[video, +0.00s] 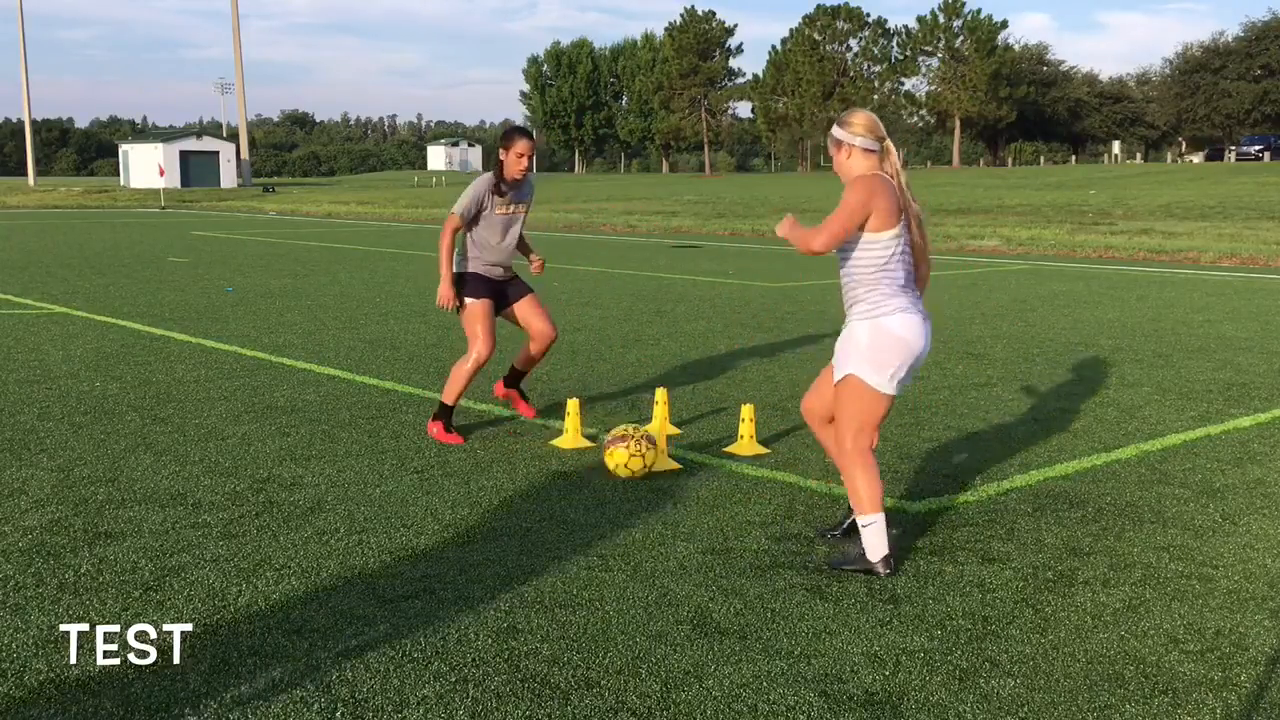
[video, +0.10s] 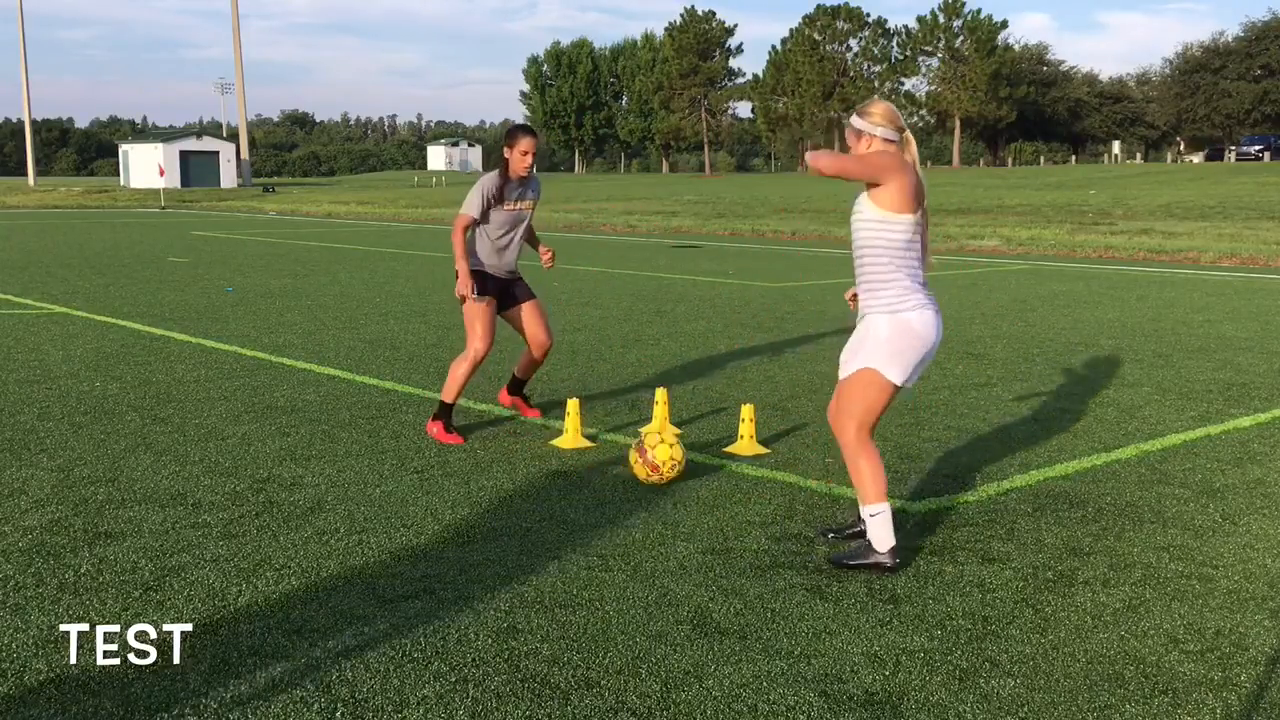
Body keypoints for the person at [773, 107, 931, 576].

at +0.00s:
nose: (832, 161)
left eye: (833, 152)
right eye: (832, 152)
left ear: (847, 149)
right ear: (873, 150)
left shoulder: (864, 187)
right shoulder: (894, 192)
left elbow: (821, 242)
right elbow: (921, 265)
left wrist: (792, 231)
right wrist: (901, 308)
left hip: (881, 327)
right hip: (901, 323)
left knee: (855, 440)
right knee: (815, 407)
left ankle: (877, 554)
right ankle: (865, 506)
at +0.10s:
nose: (849, 146)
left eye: (853, 137)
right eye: (849, 138)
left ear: (871, 136)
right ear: (888, 138)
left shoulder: (892, 165)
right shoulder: (901, 178)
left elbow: (819, 163)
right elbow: (917, 261)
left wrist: (818, 158)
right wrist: (868, 288)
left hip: (903, 319)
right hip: (890, 316)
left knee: (851, 423)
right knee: (840, 413)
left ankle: (882, 546)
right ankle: (872, 519)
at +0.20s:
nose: (870, 127)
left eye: (876, 113)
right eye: (870, 117)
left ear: (896, 117)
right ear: (913, 121)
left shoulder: (911, 148)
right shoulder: (924, 169)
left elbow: (881, 105)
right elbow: (947, 237)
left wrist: (845, 120)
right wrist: (940, 273)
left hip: (909, 303)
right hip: (890, 304)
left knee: (858, 411)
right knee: (844, 404)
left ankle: (931, 504)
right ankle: (871, 514)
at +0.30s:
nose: (879, 152)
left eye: (882, 143)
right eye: (879, 143)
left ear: (900, 138)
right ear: (919, 138)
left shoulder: (920, 157)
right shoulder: (941, 175)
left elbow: (906, 169)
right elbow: (981, 230)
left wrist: (869, 186)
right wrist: (1029, 257)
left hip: (924, 311)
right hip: (895, 311)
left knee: (896, 424)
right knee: (832, 392)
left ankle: (950, 523)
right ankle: (859, 503)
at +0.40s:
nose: (887, 168)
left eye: (889, 158)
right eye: (886, 159)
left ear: (909, 151)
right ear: (920, 150)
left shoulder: (928, 186)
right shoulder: (953, 190)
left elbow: (918, 243)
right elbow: (1001, 239)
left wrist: (869, 272)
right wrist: (1054, 270)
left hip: (938, 324)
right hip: (912, 320)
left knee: (891, 429)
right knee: (838, 390)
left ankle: (950, 522)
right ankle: (829, 500)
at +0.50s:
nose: (895, 177)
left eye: (895, 167)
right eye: (893, 168)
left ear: (915, 158)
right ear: (926, 157)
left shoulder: (937, 199)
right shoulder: (959, 195)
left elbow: (930, 271)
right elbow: (1003, 248)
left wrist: (887, 312)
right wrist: (1040, 290)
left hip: (946, 328)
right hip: (934, 326)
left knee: (893, 428)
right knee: (848, 386)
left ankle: (949, 521)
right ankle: (809, 486)